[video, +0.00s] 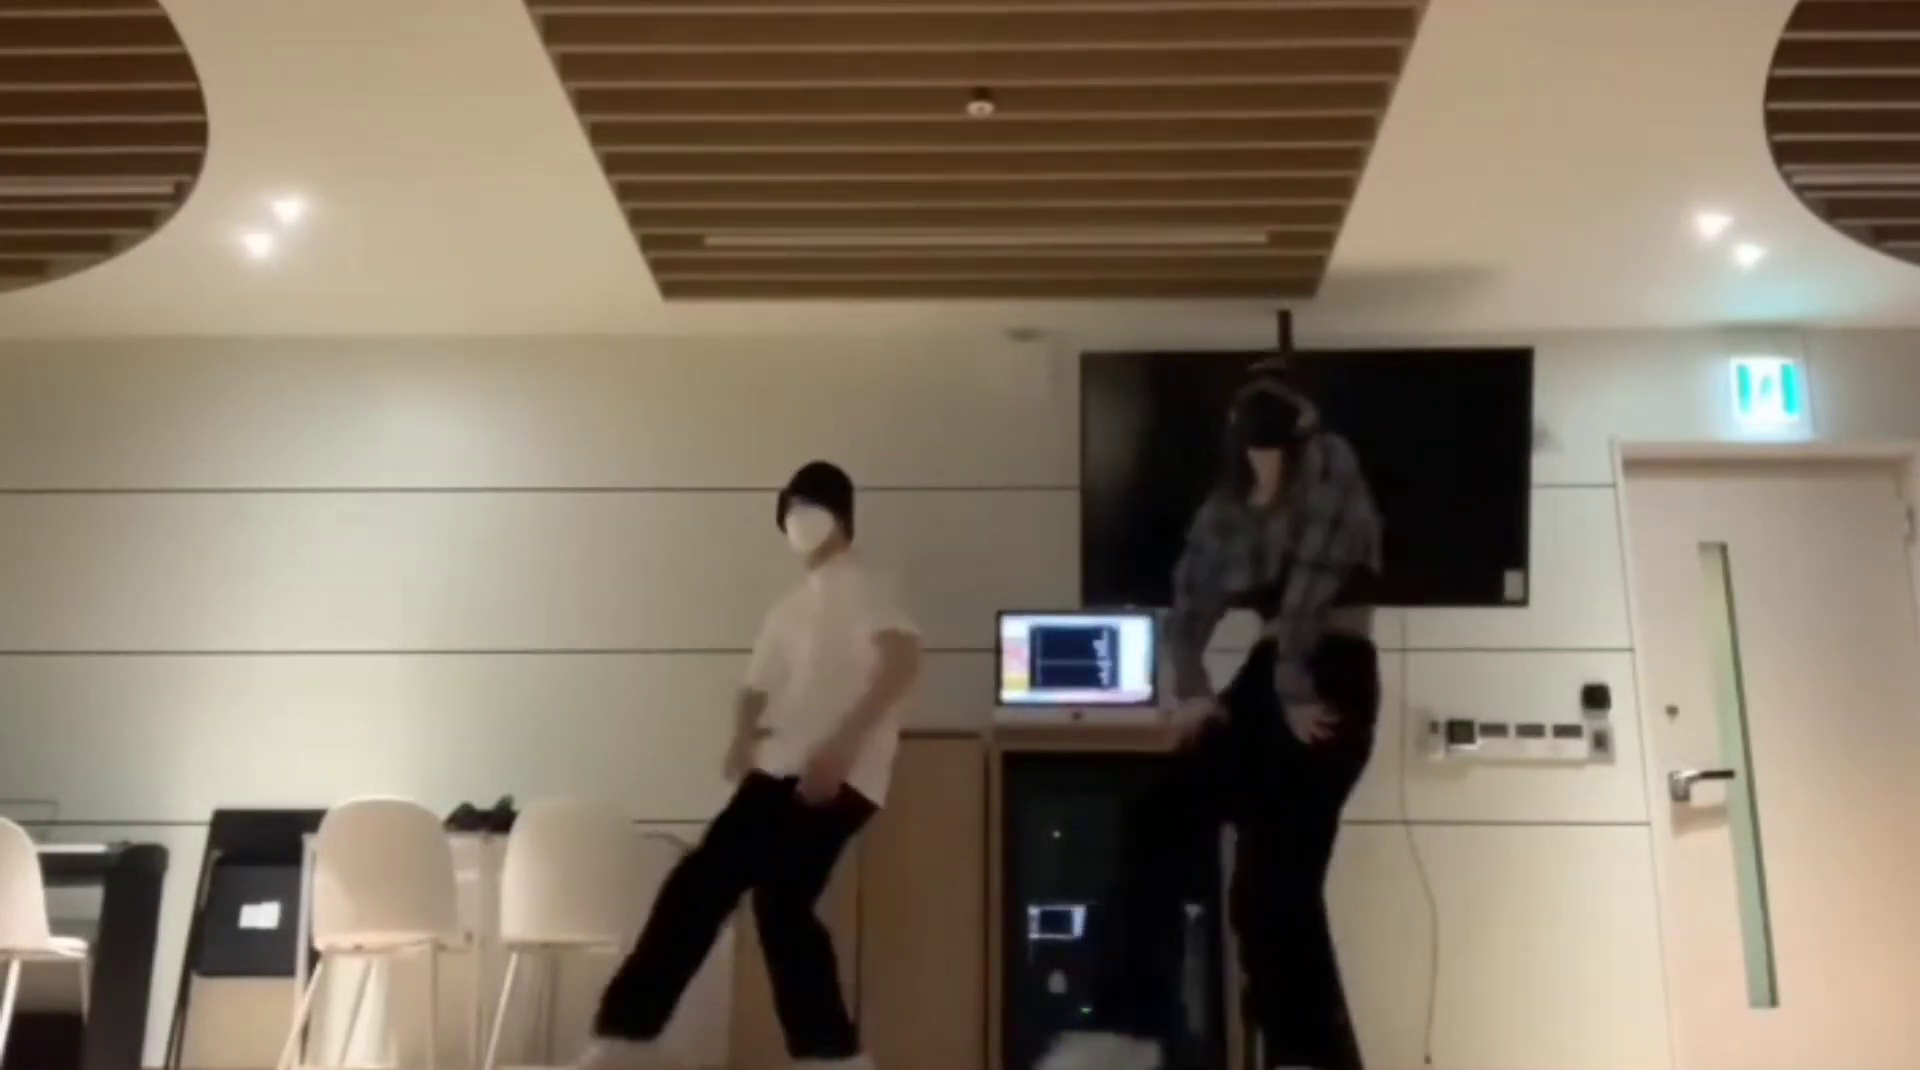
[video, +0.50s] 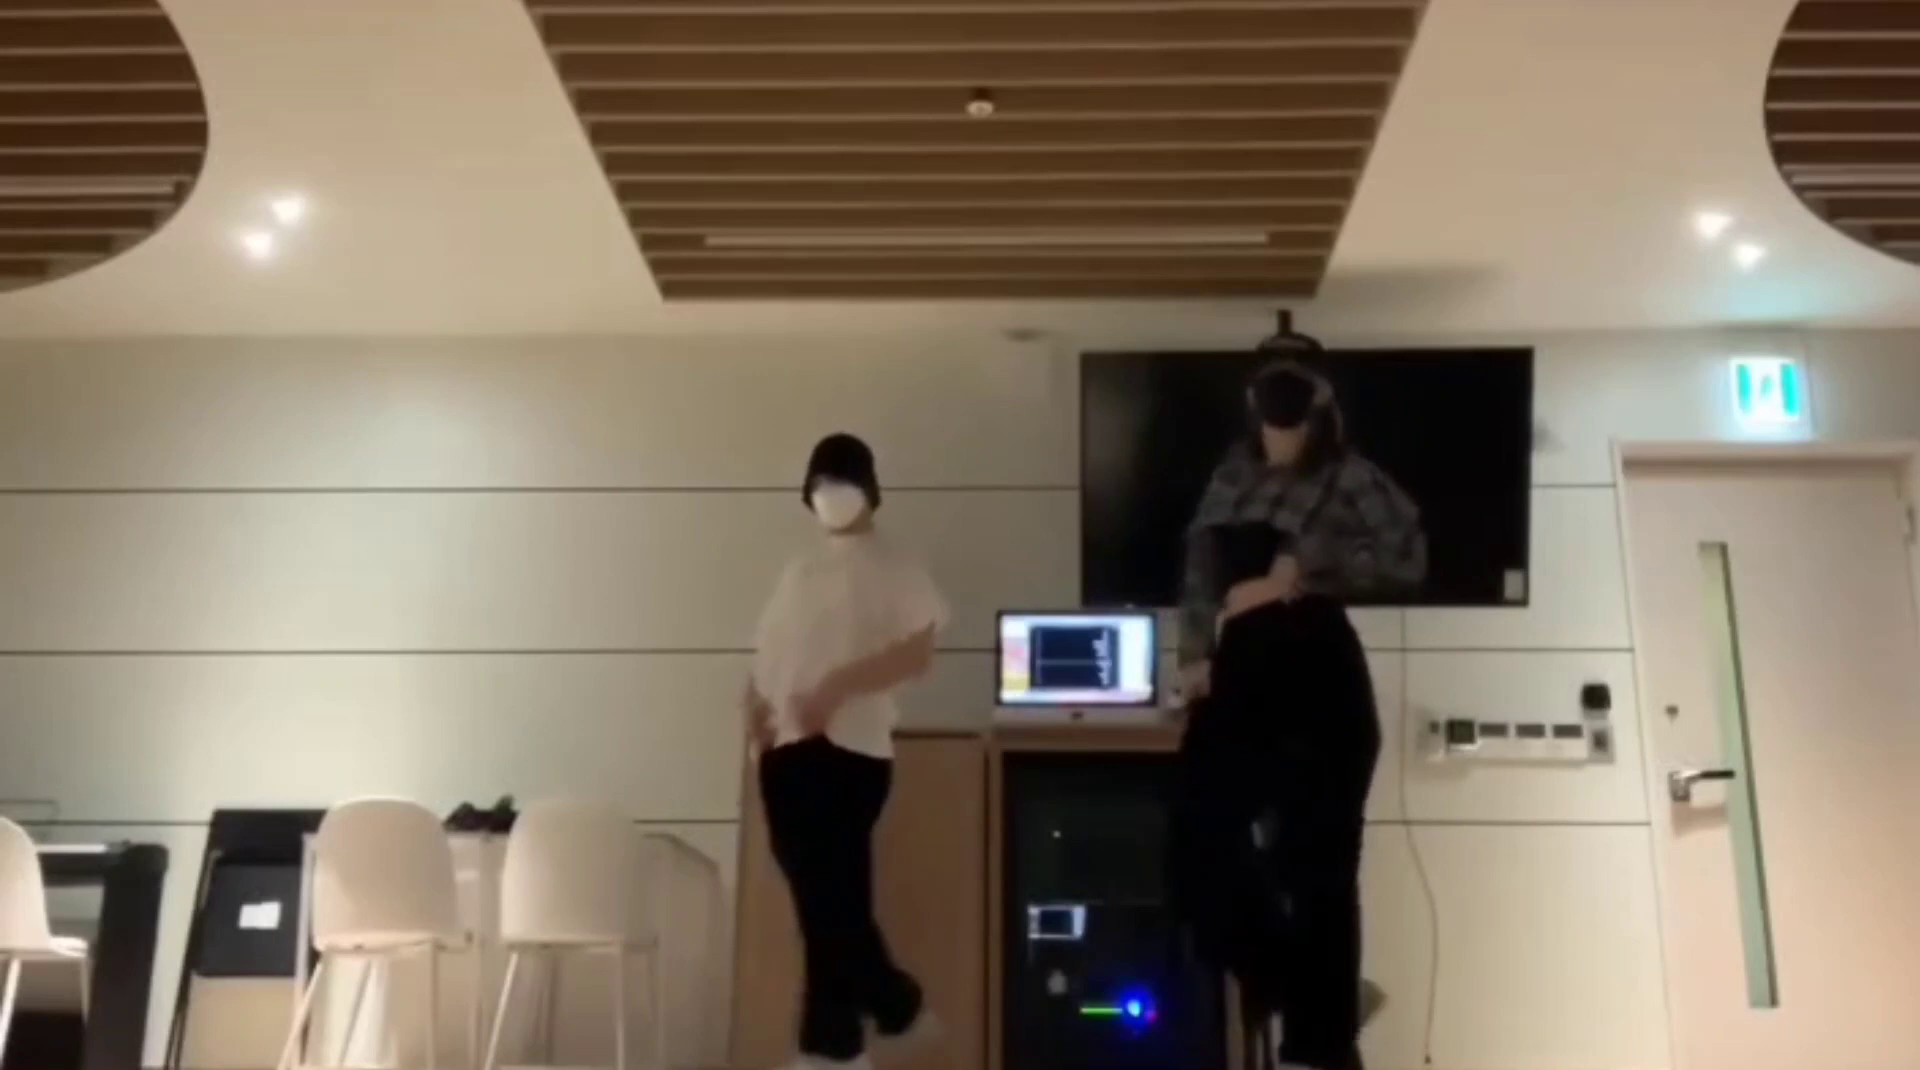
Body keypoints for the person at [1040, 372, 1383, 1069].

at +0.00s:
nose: (1265, 448)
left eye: (1277, 432)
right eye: (1252, 435)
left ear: (1302, 432)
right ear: (1239, 441)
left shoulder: (1331, 472)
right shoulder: (1225, 510)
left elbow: (1322, 573)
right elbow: (1186, 609)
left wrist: (1295, 682)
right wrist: (1189, 691)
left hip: (1329, 670)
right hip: (1260, 673)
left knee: (1276, 885)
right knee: (1160, 815)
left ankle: (1308, 1053)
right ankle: (1131, 1019)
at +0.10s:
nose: (1272, 417)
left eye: (1286, 405)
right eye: (1260, 404)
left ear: (1309, 415)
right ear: (1240, 418)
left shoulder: (1337, 468)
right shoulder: (1216, 506)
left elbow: (1349, 572)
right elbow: (1199, 614)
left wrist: (1306, 676)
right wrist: (1221, 685)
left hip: (1333, 687)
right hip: (1254, 697)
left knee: (1286, 875)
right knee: (1177, 854)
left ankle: (1308, 1054)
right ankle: (1087, 1034)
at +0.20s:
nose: (1282, 401)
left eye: (1297, 390)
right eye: (1270, 389)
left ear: (1322, 405)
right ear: (1251, 404)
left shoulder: (1350, 468)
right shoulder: (1223, 480)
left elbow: (1394, 561)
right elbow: (1210, 587)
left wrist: (1329, 628)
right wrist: (1226, 671)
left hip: (1335, 689)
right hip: (1259, 692)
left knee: (1295, 891)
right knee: (1210, 864)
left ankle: (1310, 1053)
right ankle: (1139, 1035)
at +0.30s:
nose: (1281, 393)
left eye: (1297, 381)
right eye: (1269, 380)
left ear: (1323, 396)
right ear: (1251, 393)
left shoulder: (1353, 468)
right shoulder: (1227, 473)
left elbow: (1400, 559)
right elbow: (1209, 577)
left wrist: (1327, 618)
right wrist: (1224, 666)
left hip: (1332, 683)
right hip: (1257, 689)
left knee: (1300, 886)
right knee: (1210, 858)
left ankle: (1309, 1052)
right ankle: (1148, 1033)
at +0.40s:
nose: (1281, 390)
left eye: (1297, 378)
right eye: (1269, 378)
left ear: (1324, 392)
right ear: (1254, 392)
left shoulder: (1356, 473)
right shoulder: (1235, 473)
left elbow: (1409, 556)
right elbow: (1206, 565)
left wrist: (1307, 574)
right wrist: (1205, 645)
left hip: (1325, 679)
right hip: (1242, 681)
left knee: (1316, 859)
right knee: (1193, 835)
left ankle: (1319, 1044)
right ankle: (1246, 1011)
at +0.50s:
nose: (1279, 404)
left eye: (1293, 390)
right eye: (1270, 390)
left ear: (1320, 401)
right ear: (1255, 401)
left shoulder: (1356, 482)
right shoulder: (1233, 477)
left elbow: (1404, 565)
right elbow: (1201, 572)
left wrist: (1309, 572)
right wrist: (1202, 650)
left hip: (1326, 676)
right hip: (1242, 679)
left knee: (1319, 863)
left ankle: (1322, 1038)